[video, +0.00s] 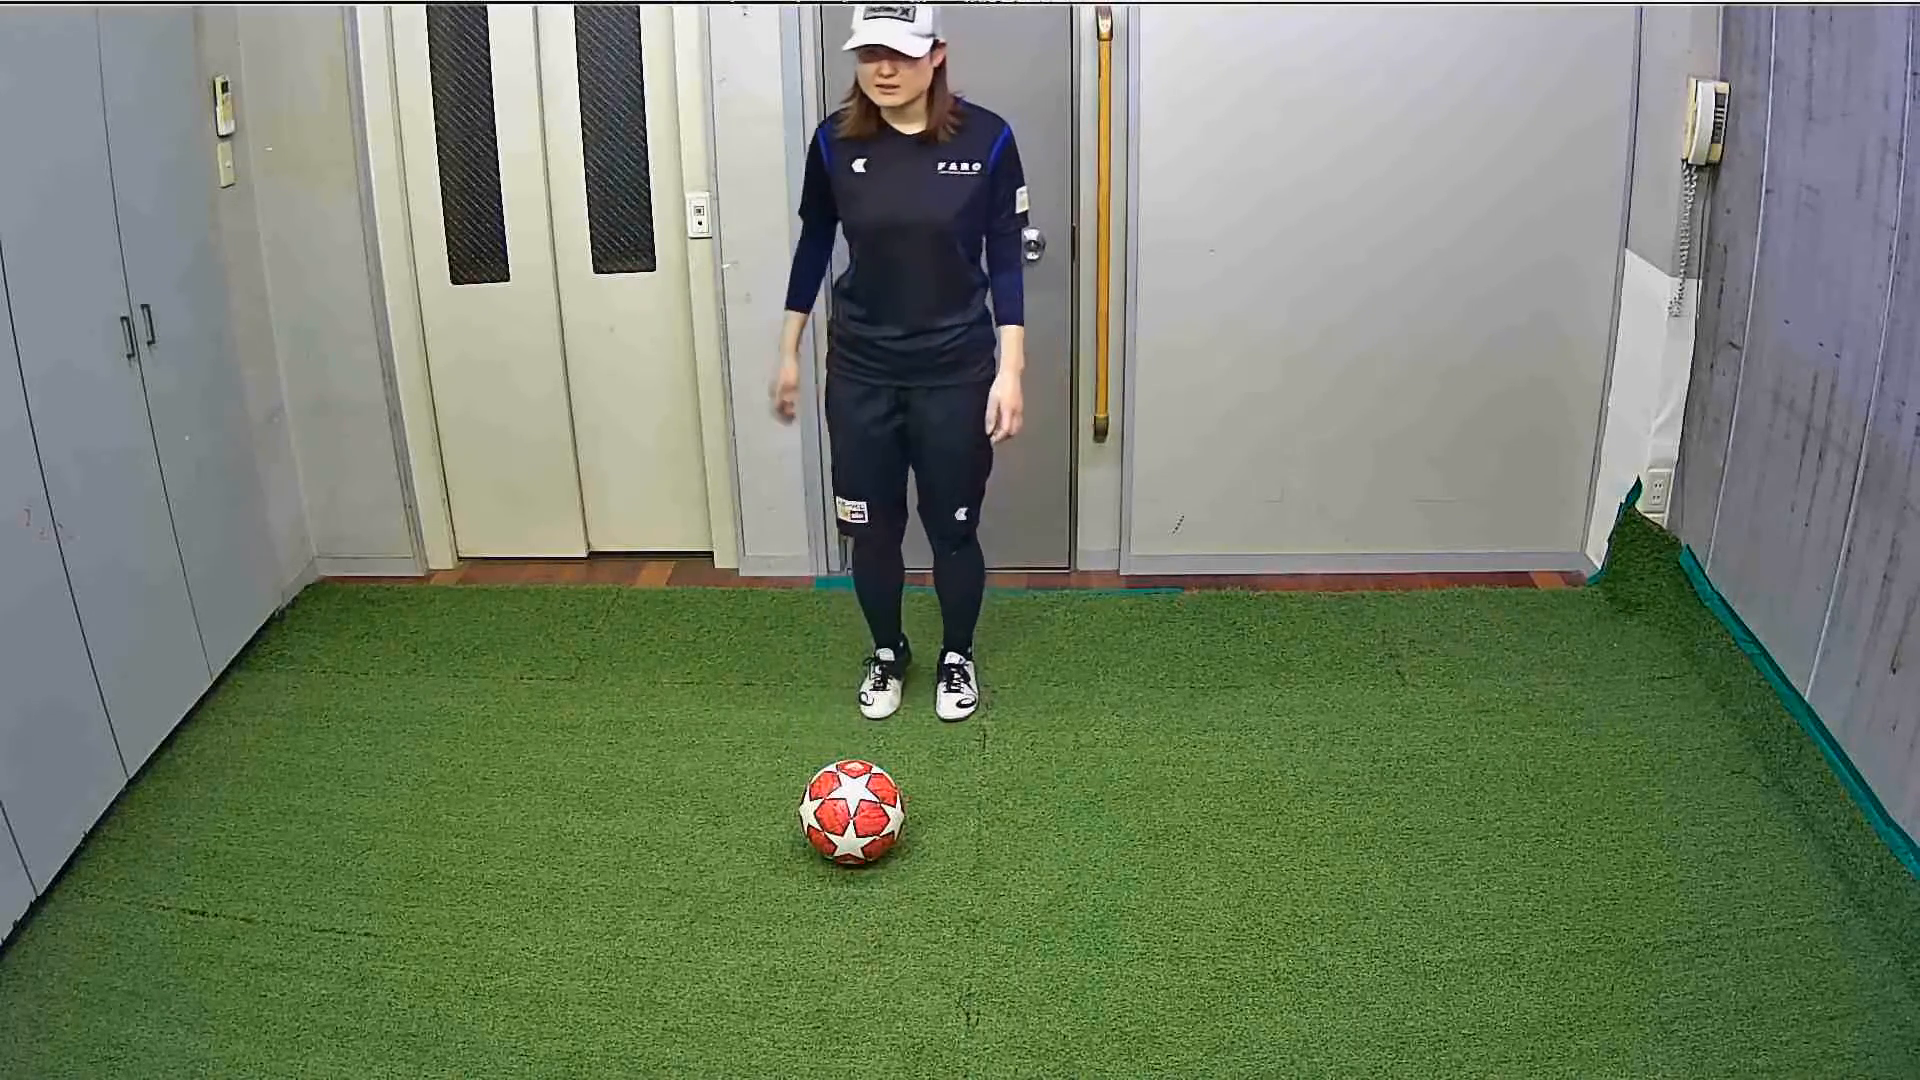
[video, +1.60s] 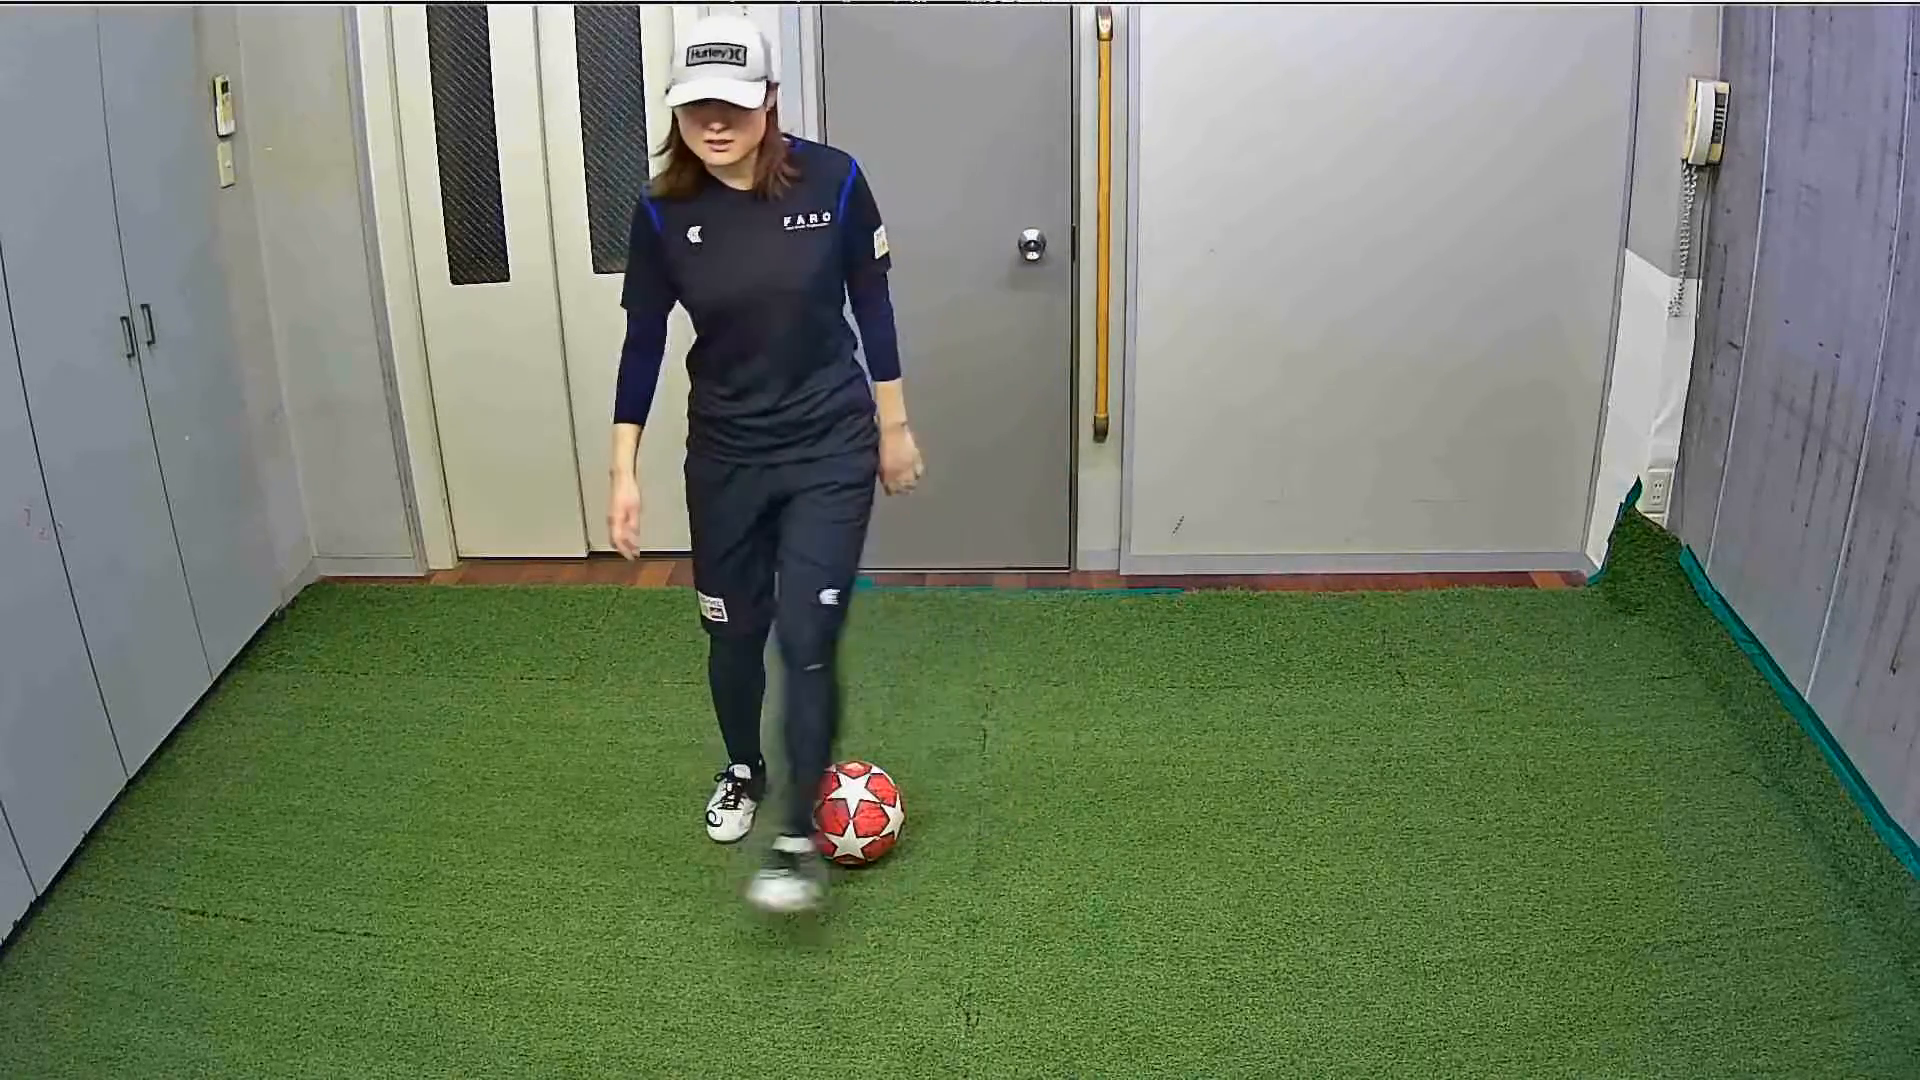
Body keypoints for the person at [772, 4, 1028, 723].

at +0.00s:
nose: (883, 70)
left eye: (900, 56)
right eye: (870, 55)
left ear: (936, 57)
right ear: (856, 61)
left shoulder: (987, 138)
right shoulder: (835, 140)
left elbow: (1006, 257)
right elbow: (814, 241)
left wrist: (1010, 370)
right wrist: (789, 348)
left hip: (954, 367)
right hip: (859, 367)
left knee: (953, 528)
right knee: (867, 526)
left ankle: (956, 659)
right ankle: (887, 655)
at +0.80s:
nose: (878, 143)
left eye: (896, 127)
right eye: (864, 128)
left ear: (934, 108)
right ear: (844, 113)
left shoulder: (995, 181)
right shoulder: (832, 178)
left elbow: (1031, 310)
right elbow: (823, 273)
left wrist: (1065, 433)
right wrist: (785, 369)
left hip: (972, 428)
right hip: (869, 430)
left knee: (979, 622)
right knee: (901, 632)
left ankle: (1003, 760)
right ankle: (948, 769)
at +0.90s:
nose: (870, 140)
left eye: (888, 123)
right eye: (856, 123)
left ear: (929, 108)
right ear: (839, 112)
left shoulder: (990, 189)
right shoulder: (830, 180)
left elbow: (1031, 323)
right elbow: (828, 273)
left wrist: (1051, 444)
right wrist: (803, 362)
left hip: (957, 435)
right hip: (855, 431)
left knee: (968, 623)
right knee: (869, 623)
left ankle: (1001, 759)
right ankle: (877, 813)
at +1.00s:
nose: (846, 127)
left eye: (864, 112)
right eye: (830, 111)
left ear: (903, 106)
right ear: (810, 108)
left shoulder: (963, 184)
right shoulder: (800, 187)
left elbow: (1009, 306)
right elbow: (799, 288)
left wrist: (1011, 420)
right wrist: (782, 391)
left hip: (939, 442)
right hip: (832, 442)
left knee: (960, 626)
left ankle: (997, 758)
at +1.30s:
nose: (750, 120)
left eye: (770, 103)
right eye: (733, 103)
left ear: (811, 103)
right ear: (714, 108)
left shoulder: (870, 186)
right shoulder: (704, 201)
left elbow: (915, 300)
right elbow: (694, 312)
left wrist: (942, 427)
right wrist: (666, 436)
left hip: (846, 446)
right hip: (742, 447)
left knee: (839, 644)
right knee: (738, 626)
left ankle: (930, 722)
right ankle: (741, 770)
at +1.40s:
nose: (721, 123)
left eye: (742, 107)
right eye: (705, 108)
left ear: (779, 108)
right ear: (686, 114)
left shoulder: (844, 185)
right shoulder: (681, 210)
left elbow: (879, 302)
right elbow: (658, 331)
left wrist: (903, 409)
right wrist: (631, 451)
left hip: (829, 451)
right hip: (727, 452)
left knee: (772, 645)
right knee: (726, 630)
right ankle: (742, 769)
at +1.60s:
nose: (714, 122)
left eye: (733, 105)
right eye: (697, 107)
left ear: (769, 106)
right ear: (677, 115)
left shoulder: (835, 181)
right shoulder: (663, 215)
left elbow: (873, 302)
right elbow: (642, 344)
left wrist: (894, 425)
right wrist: (622, 469)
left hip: (831, 445)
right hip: (724, 454)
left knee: (805, 635)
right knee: (733, 632)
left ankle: (800, 836)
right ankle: (743, 770)